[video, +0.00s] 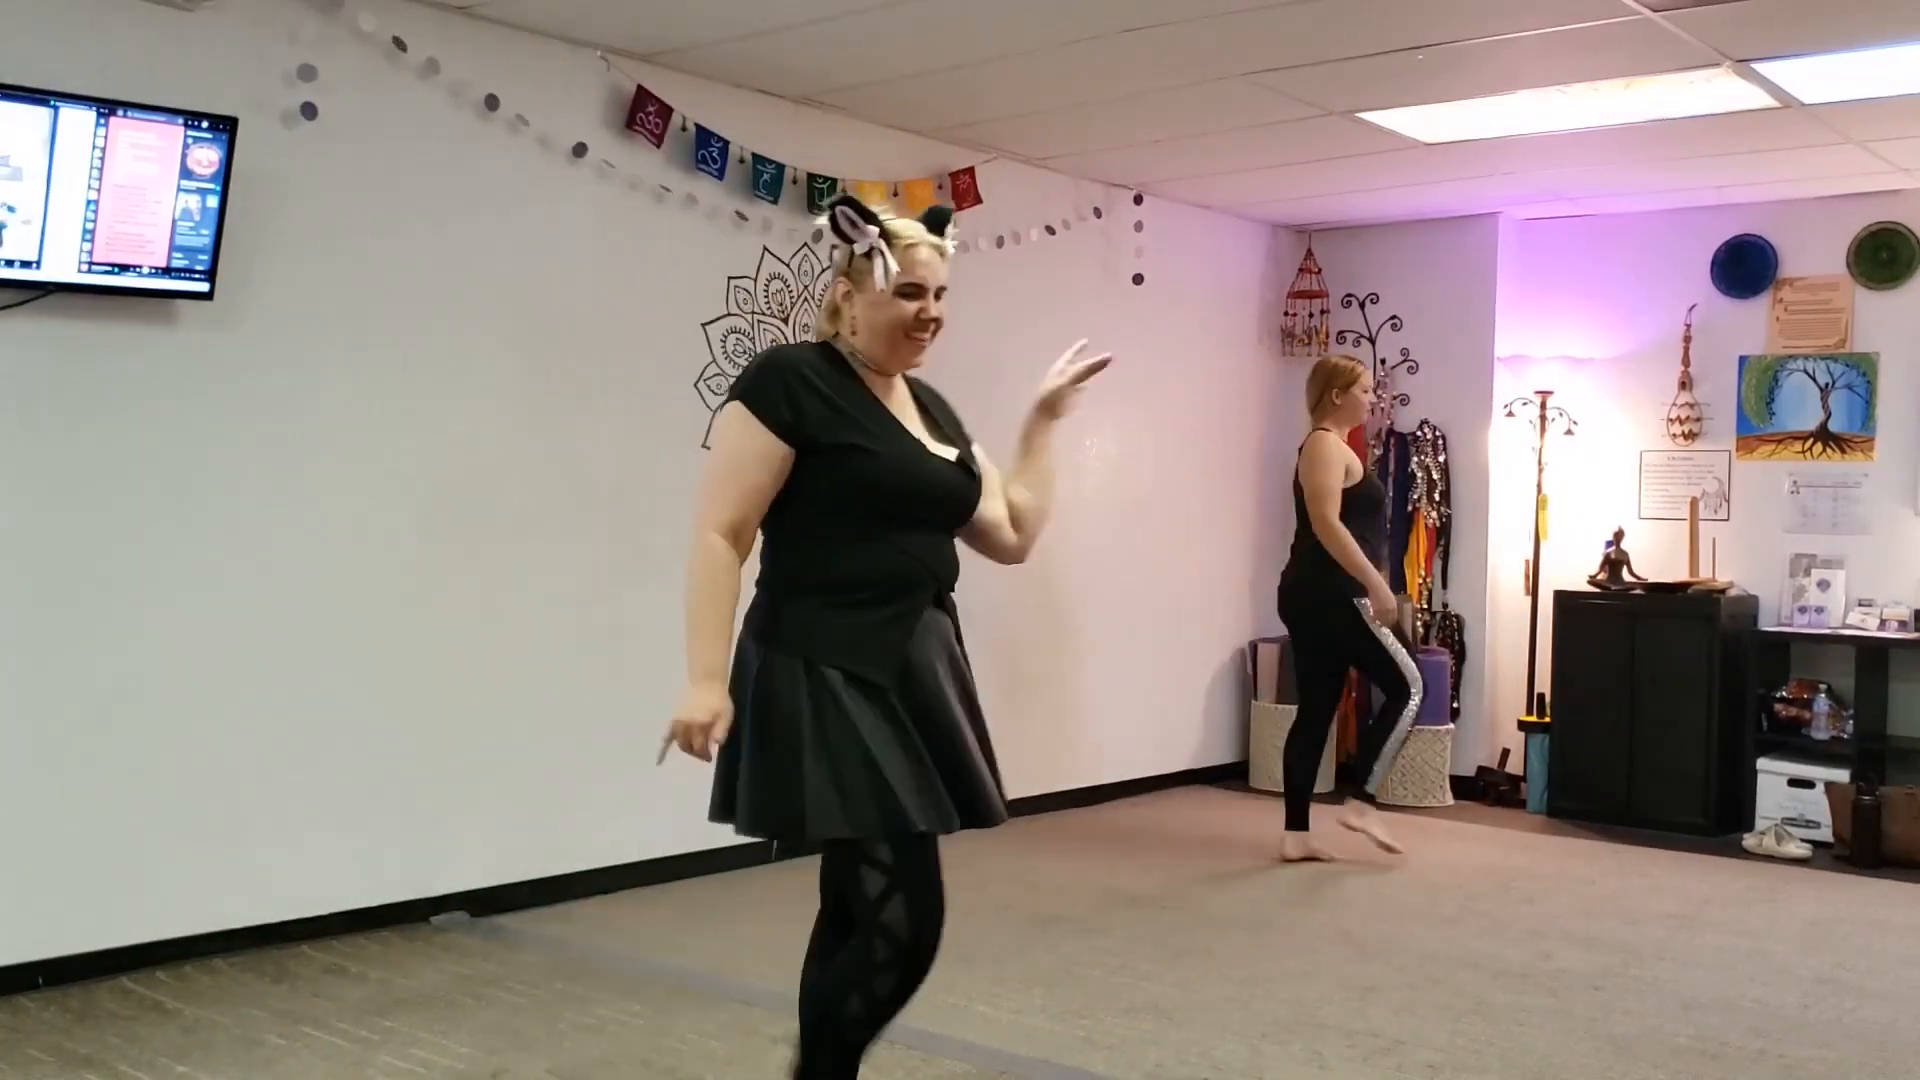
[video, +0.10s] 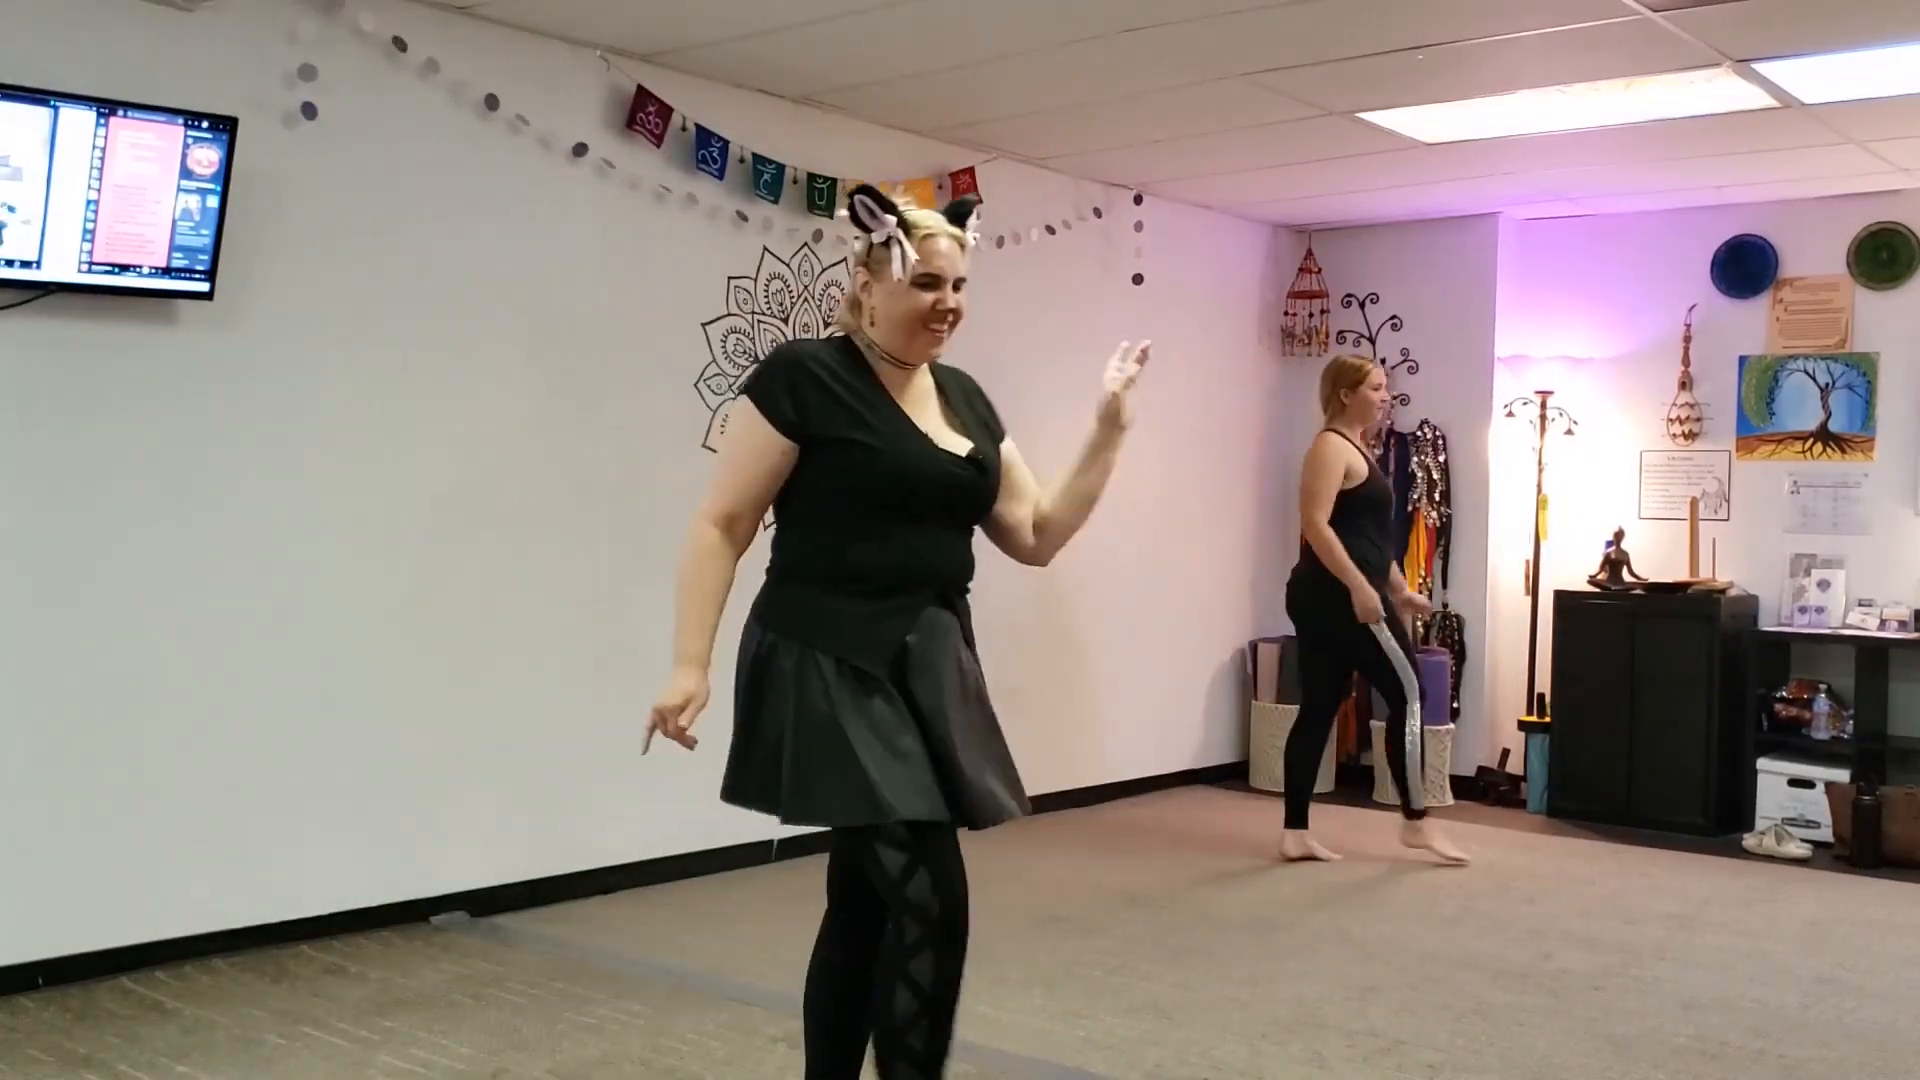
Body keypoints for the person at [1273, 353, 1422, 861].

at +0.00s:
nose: (1373, 399)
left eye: (1372, 391)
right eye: (1366, 391)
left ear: (1335, 397)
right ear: (1339, 396)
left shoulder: (1332, 446)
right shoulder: (1325, 445)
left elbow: (1336, 526)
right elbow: (1325, 523)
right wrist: (1375, 584)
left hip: (1312, 593)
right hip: (1329, 594)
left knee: (1315, 710)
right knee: (1409, 688)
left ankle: (1296, 834)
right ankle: (1362, 802)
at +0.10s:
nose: (1387, 396)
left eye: (1386, 388)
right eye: (1377, 388)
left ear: (1362, 397)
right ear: (1347, 395)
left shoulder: (1357, 452)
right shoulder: (1331, 446)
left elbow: (1368, 538)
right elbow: (1313, 523)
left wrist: (1401, 590)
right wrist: (1358, 585)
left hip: (1330, 593)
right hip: (1337, 592)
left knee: (1318, 706)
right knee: (1406, 691)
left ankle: (1295, 832)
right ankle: (1416, 820)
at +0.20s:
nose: (1397, 399)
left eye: (1397, 391)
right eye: (1388, 390)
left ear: (1378, 399)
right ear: (1357, 397)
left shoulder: (1378, 458)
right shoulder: (1341, 451)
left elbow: (1396, 547)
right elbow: (1311, 524)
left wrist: (1435, 597)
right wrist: (1339, 593)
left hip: (1355, 596)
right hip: (1352, 597)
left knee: (1321, 713)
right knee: (1402, 713)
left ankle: (1295, 831)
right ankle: (1457, 818)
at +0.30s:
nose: (1410, 400)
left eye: (1410, 393)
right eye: (1400, 393)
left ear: (1400, 403)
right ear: (1371, 401)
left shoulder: (1398, 461)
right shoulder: (1356, 456)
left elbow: (1420, 547)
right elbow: (1317, 526)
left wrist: (1454, 602)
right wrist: (1325, 598)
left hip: (1371, 606)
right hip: (1370, 608)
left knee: (1328, 716)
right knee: (1410, 718)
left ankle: (1294, 828)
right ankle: (1456, 828)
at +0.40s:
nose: (1427, 403)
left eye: (1427, 395)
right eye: (1417, 396)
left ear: (1408, 406)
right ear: (1388, 405)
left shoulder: (1421, 465)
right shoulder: (1374, 462)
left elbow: (1439, 553)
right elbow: (1334, 533)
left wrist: (1474, 610)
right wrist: (1321, 605)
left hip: (1392, 608)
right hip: (1387, 609)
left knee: (1342, 717)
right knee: (1421, 720)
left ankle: (1296, 826)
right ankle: (1450, 837)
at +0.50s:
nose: (1444, 399)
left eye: (1444, 392)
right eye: (1433, 393)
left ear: (1436, 402)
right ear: (1404, 403)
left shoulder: (1445, 463)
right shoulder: (1392, 462)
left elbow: (1458, 550)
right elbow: (1356, 537)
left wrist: (1486, 608)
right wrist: (1335, 608)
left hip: (1422, 602)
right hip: (1405, 604)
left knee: (1370, 713)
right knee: (1435, 717)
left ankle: (1305, 817)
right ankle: (1451, 838)